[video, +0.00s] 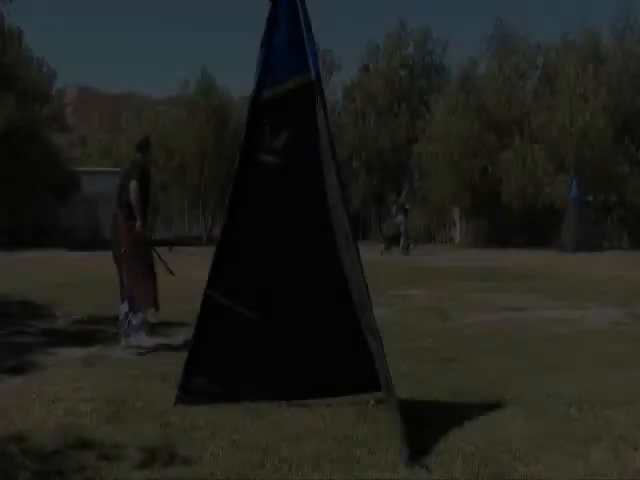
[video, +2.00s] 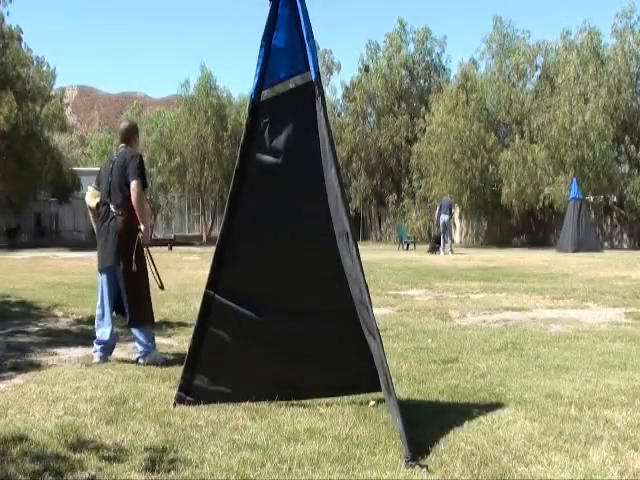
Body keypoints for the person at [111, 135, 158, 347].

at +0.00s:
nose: (153, 157)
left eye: (151, 152)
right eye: (152, 152)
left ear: (137, 150)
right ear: (148, 152)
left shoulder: (132, 169)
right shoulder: (138, 169)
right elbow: (134, 195)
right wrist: (140, 221)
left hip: (124, 233)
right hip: (131, 234)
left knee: (130, 278)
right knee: (138, 277)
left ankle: (128, 325)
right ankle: (135, 329)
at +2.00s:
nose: (140, 141)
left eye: (138, 137)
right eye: (139, 138)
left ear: (119, 139)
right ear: (136, 138)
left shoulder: (107, 163)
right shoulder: (133, 158)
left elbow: (92, 200)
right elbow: (136, 195)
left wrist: (100, 228)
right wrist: (145, 225)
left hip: (105, 234)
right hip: (125, 232)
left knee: (106, 295)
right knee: (135, 291)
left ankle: (101, 348)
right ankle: (146, 349)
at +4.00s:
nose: (146, 135)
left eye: (143, 132)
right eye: (145, 132)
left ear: (126, 135)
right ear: (141, 133)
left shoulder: (114, 159)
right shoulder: (144, 156)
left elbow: (98, 196)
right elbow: (149, 193)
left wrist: (105, 226)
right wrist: (156, 226)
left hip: (112, 229)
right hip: (134, 230)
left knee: (109, 294)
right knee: (138, 292)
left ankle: (101, 349)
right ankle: (144, 351)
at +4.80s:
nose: (140, 140)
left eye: (138, 136)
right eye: (139, 136)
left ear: (120, 138)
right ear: (135, 137)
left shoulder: (110, 160)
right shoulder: (134, 156)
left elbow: (101, 194)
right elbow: (148, 181)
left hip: (106, 223)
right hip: (124, 225)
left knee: (107, 288)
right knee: (132, 288)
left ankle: (96, 346)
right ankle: (144, 351)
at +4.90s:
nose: (140, 138)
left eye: (138, 135)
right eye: (139, 134)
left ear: (119, 138)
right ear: (134, 136)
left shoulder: (112, 160)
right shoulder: (128, 152)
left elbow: (110, 200)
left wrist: (140, 214)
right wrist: (167, 149)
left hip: (100, 236)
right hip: (119, 237)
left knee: (104, 292)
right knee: (138, 289)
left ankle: (95, 347)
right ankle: (143, 350)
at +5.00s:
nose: (144, 140)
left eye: (143, 137)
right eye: (142, 136)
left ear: (123, 138)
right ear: (135, 138)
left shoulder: (110, 163)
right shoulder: (129, 156)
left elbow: (94, 186)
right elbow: (143, 136)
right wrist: (163, 119)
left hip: (98, 238)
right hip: (118, 238)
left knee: (100, 296)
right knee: (133, 292)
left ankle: (95, 347)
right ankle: (130, 349)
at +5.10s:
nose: (144, 151)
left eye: (141, 148)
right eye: (143, 148)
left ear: (123, 148)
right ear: (139, 149)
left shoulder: (112, 164)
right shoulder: (141, 168)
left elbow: (90, 184)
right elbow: (167, 181)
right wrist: (177, 156)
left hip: (92, 224)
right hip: (111, 229)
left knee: (94, 285)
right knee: (122, 284)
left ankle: (94, 346)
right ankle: (126, 350)